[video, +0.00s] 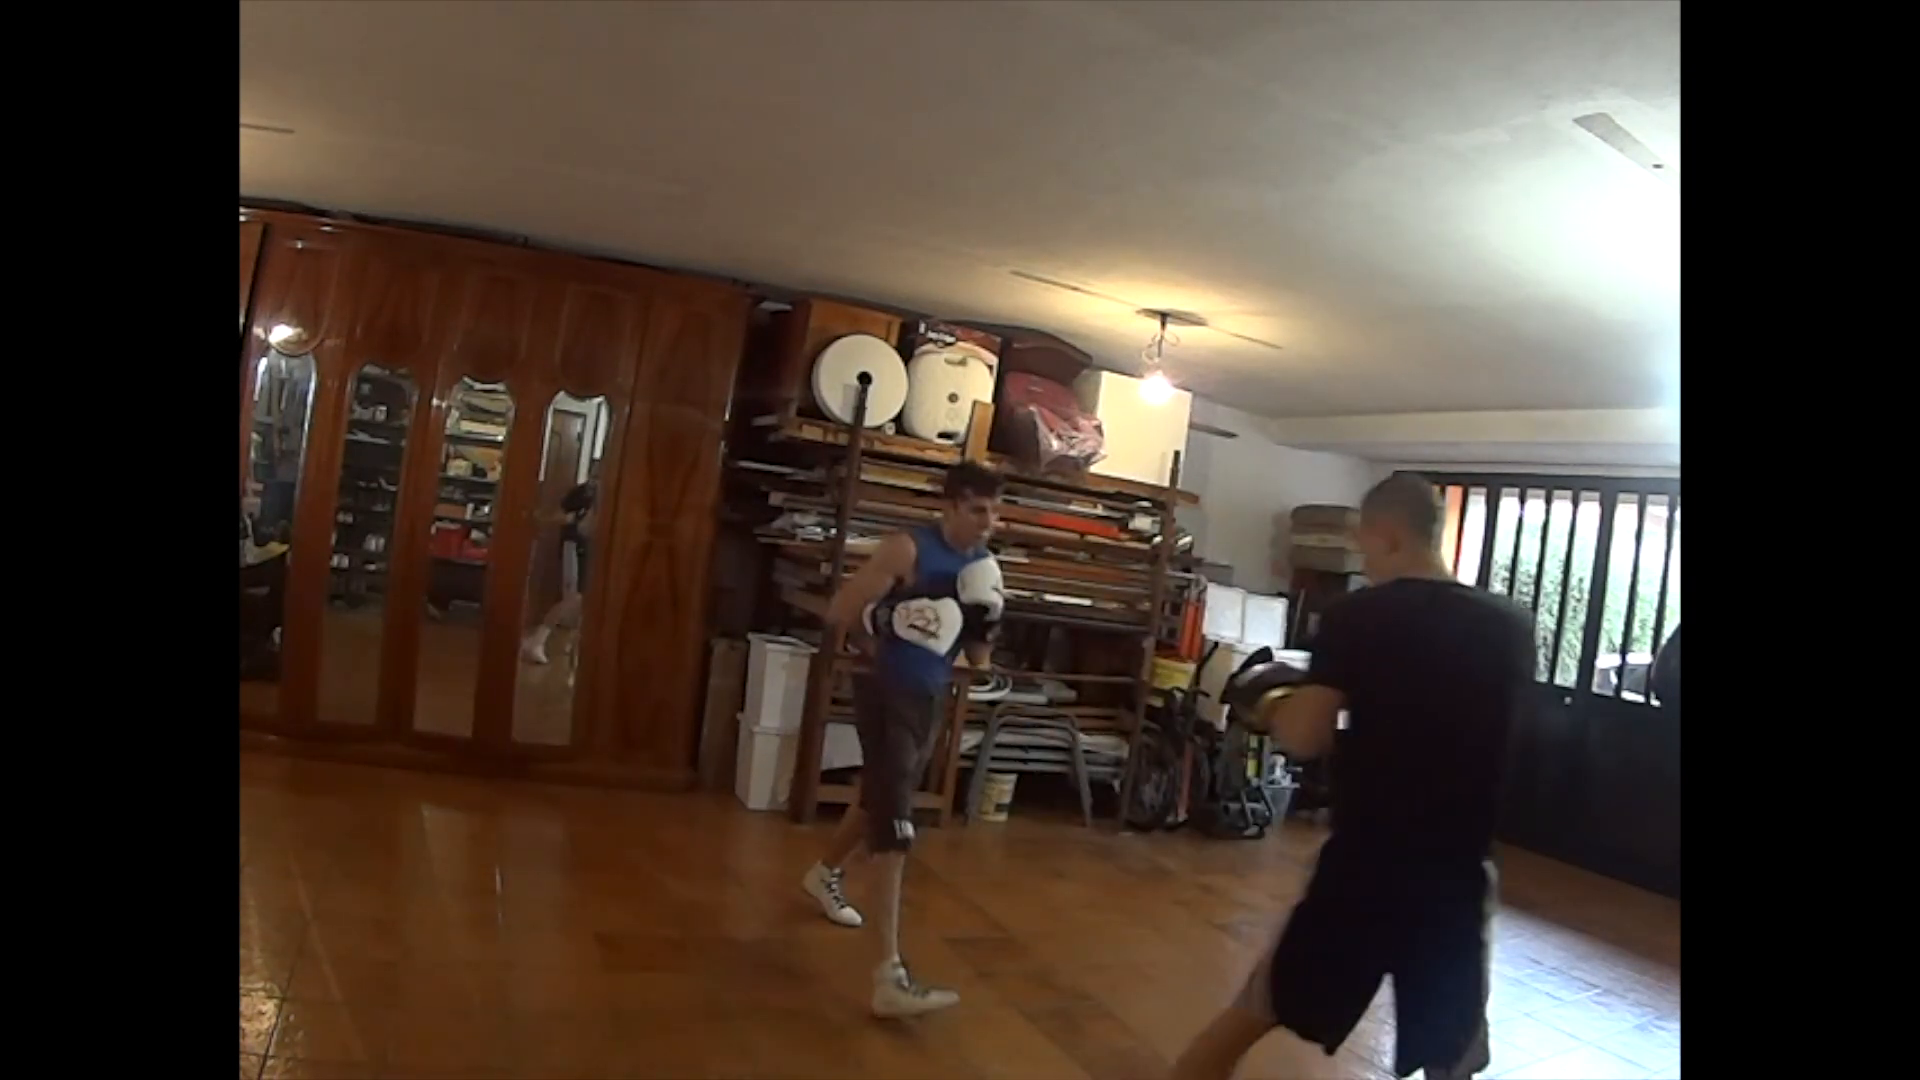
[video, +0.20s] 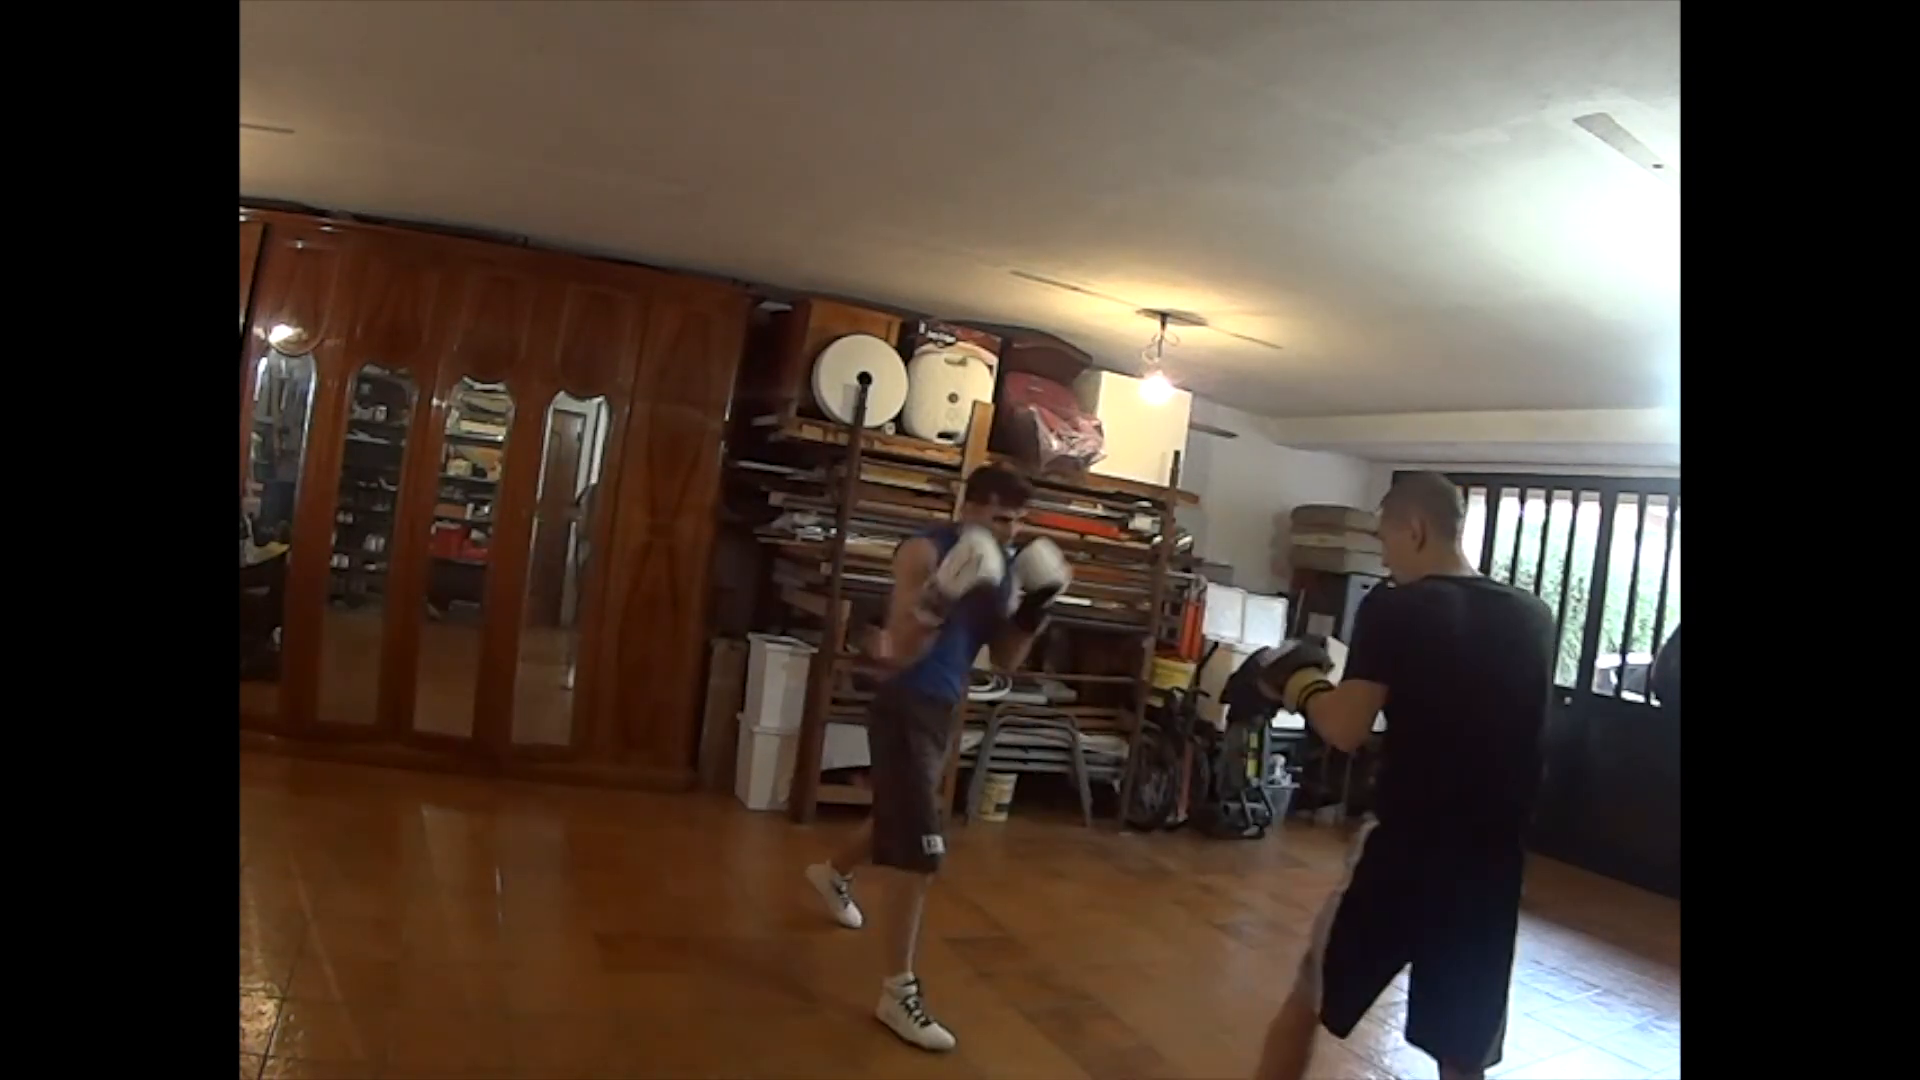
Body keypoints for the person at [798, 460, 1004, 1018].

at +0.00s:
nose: (984, 524)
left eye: (990, 515)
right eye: (976, 511)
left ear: (993, 517)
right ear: (948, 505)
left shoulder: (976, 567)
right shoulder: (905, 549)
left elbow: (977, 660)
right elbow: (840, 614)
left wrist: (985, 621)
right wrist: (882, 616)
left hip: (928, 700)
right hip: (886, 694)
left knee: (880, 803)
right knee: (893, 835)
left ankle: (824, 871)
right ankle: (888, 975)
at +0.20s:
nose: (1005, 522)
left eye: (1014, 514)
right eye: (996, 509)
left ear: (1020, 521)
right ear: (969, 503)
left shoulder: (996, 567)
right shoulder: (923, 551)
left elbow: (1006, 657)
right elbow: (899, 646)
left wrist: (1035, 605)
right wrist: (939, 592)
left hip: (943, 712)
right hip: (903, 704)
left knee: (905, 817)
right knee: (919, 849)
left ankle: (834, 869)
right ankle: (899, 991)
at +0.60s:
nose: (1049, 532)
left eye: (1056, 523)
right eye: (1049, 518)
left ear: (1028, 508)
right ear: (1024, 503)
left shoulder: (1005, 554)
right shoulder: (968, 545)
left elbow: (1036, 643)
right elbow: (1018, 635)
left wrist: (1073, 579)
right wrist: (1047, 565)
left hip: (975, 719)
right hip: (963, 721)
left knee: (948, 859)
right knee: (997, 873)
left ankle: (902, 960)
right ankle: (912, 979)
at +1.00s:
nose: (1106, 552)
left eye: (1113, 544)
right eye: (1106, 540)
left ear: (1083, 531)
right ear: (1079, 525)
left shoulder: (1059, 567)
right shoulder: (1032, 559)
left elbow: (1099, 666)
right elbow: (1075, 660)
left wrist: (1139, 593)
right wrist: (1102, 582)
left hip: (1019, 743)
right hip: (1019, 746)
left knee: (970, 867)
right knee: (1066, 903)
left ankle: (899, 965)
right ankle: (1093, 1046)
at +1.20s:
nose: (1167, 591)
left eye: (1177, 581)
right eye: (1169, 575)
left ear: (1146, 555)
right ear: (1145, 553)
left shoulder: (1087, 588)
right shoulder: (1100, 604)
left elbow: (1140, 684)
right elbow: (1153, 702)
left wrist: (1176, 630)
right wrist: (1185, 627)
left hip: (1031, 763)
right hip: (1051, 771)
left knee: (990, 882)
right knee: (1119, 920)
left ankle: (900, 966)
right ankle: (1114, 1063)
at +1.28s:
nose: (1185, 597)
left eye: (1194, 586)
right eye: (1188, 581)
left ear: (1166, 559)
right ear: (1166, 558)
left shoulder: (1108, 587)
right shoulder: (1119, 602)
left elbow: (1162, 687)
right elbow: (1172, 704)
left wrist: (1190, 628)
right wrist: (1206, 628)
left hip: (1036, 758)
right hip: (1057, 767)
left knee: (994, 874)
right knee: (1121, 921)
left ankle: (905, 965)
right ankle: (1114, 1063)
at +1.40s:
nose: (1203, 589)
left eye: (1211, 580)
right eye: (1206, 574)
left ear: (1180, 548)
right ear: (1183, 549)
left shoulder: (1123, 575)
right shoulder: (1137, 594)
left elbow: (1186, 682)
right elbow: (1195, 698)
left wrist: (1223, 627)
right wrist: (1228, 622)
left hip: (1046, 748)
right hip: (1071, 760)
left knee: (995, 876)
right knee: (1115, 919)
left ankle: (913, 976)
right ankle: (1114, 1063)